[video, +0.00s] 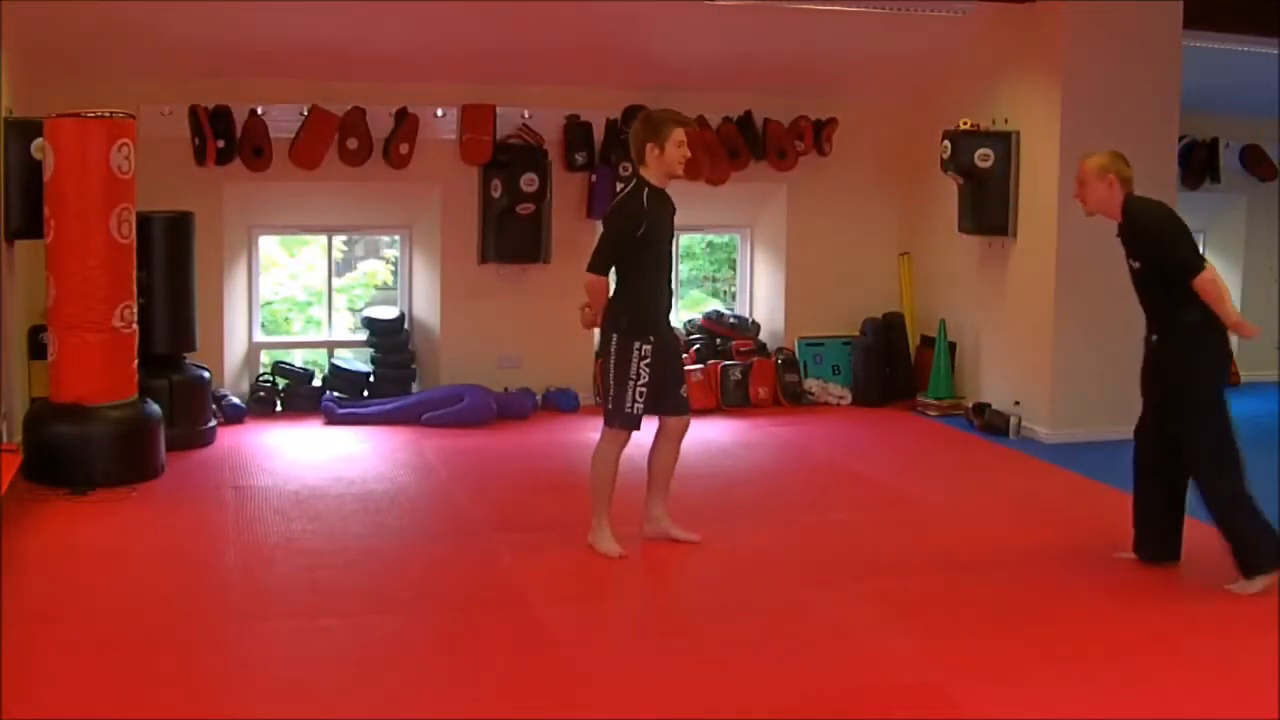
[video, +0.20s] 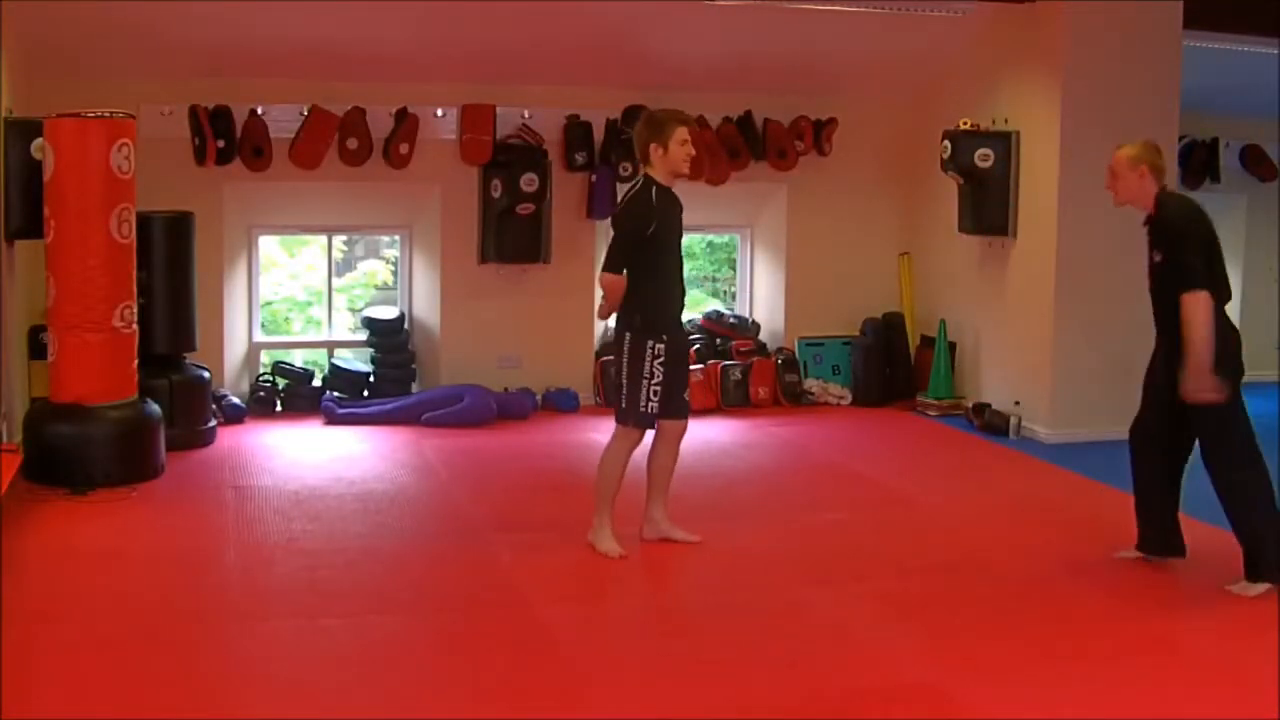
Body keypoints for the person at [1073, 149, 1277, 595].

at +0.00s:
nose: (1077, 193)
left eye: (1082, 184)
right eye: (1077, 185)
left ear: (1110, 184)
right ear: (1108, 185)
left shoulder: (1150, 219)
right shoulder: (1133, 224)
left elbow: (1202, 277)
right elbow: (1186, 280)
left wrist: (1232, 320)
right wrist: (1224, 322)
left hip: (1192, 354)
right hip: (1167, 354)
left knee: (1210, 456)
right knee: (1156, 447)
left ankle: (1263, 559)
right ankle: (1156, 547)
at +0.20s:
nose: (1109, 184)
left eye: (1114, 175)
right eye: (1109, 175)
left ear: (1143, 176)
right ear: (1141, 177)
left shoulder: (1179, 215)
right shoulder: (1161, 218)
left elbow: (1197, 294)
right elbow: (1181, 294)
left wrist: (1200, 367)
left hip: (1205, 355)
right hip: (1175, 352)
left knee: (1234, 462)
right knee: (1149, 440)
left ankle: (1266, 568)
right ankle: (1160, 542)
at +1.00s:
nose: (1011, 147)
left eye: (1021, 139)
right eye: (1015, 139)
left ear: (1047, 150)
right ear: (1047, 151)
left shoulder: (1046, 196)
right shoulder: (1054, 194)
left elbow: (967, 190)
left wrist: (899, 180)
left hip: (1047, 332)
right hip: (1054, 328)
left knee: (1015, 440)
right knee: (1073, 437)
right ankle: (1104, 544)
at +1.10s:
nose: (978, 160)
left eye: (987, 152)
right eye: (981, 151)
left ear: (1013, 160)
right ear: (1015, 162)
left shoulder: (1012, 206)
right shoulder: (1025, 205)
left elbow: (934, 200)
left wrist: (871, 186)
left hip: (1010, 346)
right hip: (1021, 341)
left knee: (969, 449)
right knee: (1051, 444)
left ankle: (930, 557)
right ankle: (1100, 540)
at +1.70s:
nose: (808, 182)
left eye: (816, 174)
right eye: (808, 174)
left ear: (843, 175)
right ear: (831, 177)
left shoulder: (843, 220)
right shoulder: (844, 218)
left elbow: (769, 220)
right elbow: (771, 220)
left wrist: (705, 215)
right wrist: (710, 213)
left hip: (838, 353)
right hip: (819, 350)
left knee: (842, 460)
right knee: (778, 431)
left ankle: (909, 548)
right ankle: (779, 522)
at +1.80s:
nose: (793, 176)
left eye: (800, 167)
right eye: (791, 168)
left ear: (825, 166)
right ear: (802, 168)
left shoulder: (831, 210)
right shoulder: (819, 208)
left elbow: (760, 217)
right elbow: (761, 216)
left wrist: (705, 209)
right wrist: (708, 206)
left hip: (825, 339)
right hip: (805, 336)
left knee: (826, 449)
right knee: (770, 425)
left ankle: (890, 542)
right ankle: (779, 523)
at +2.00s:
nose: (785, 157)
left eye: (793, 148)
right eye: (777, 150)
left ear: (815, 149)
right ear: (771, 154)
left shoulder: (835, 190)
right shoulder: (767, 192)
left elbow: (787, 201)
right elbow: (728, 203)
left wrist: (733, 194)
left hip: (824, 321)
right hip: (780, 320)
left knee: (825, 429)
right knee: (776, 424)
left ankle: (838, 542)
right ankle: (782, 526)